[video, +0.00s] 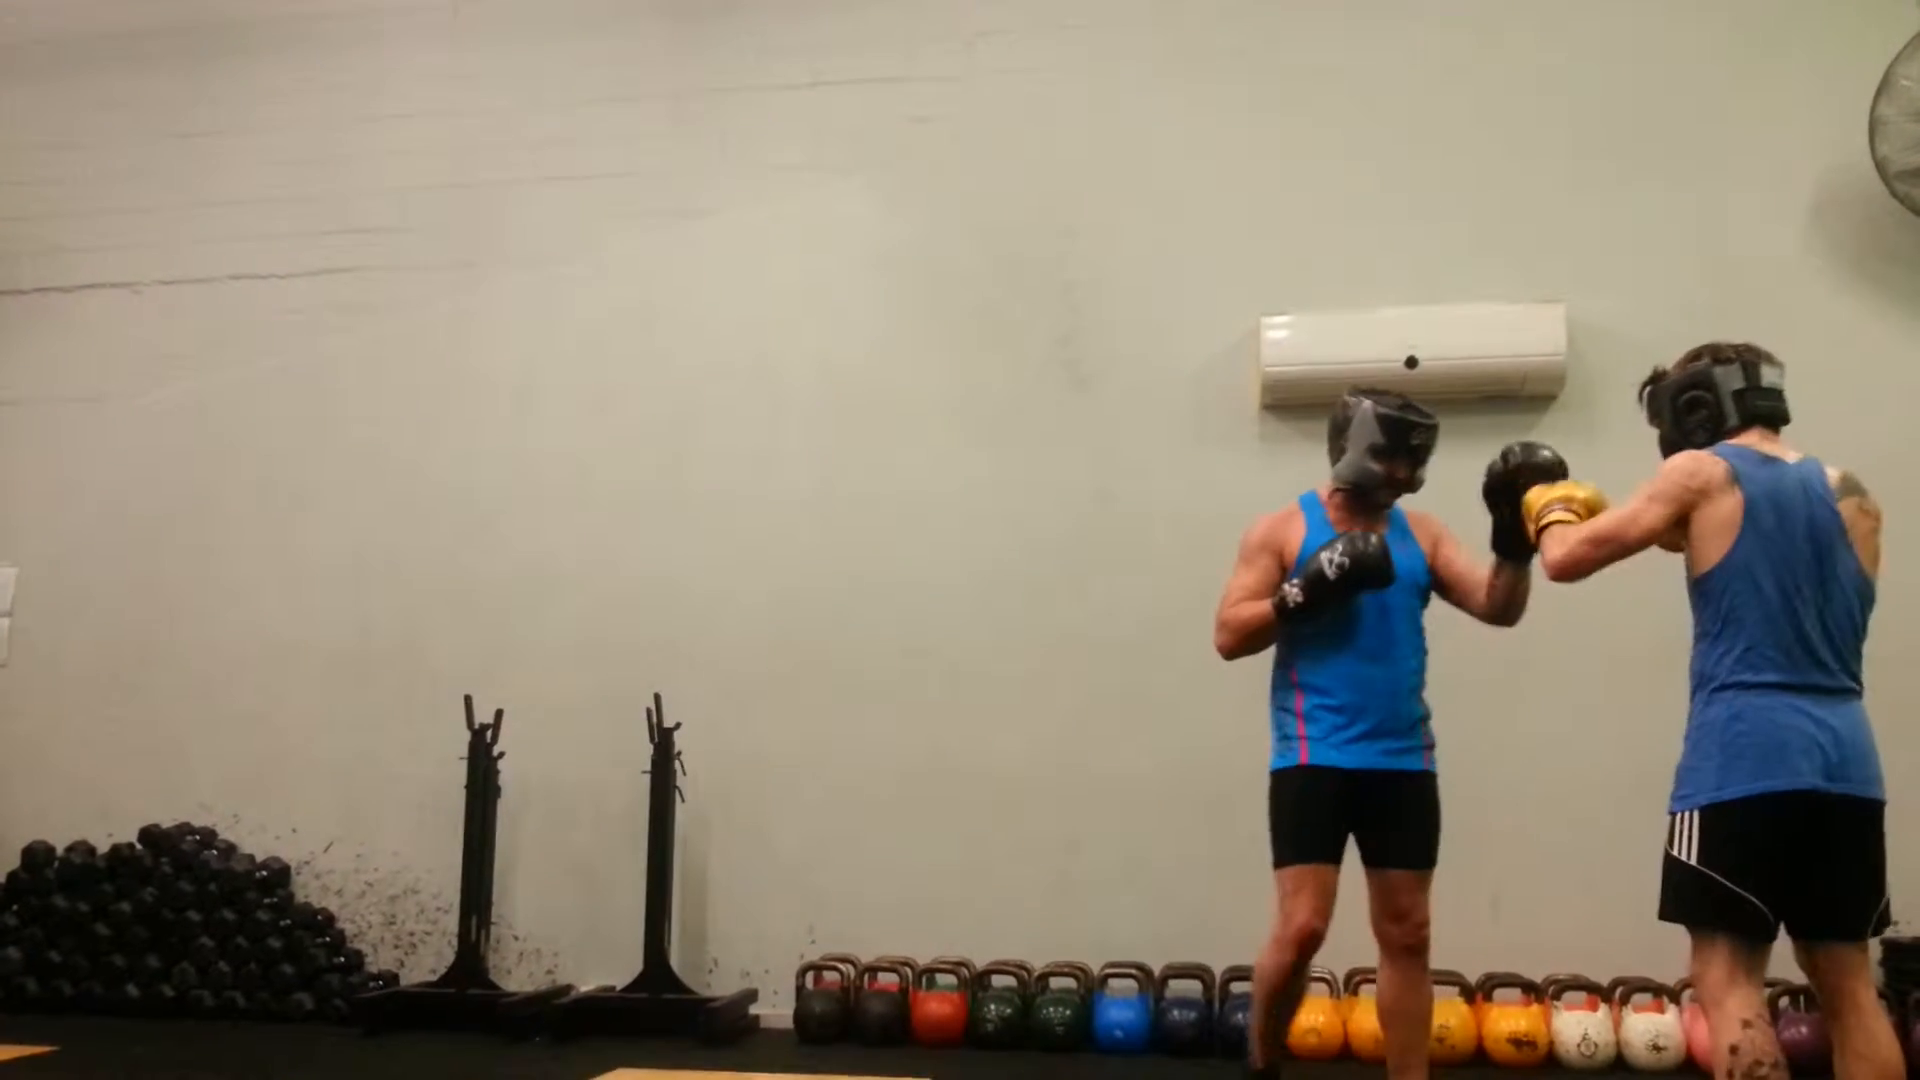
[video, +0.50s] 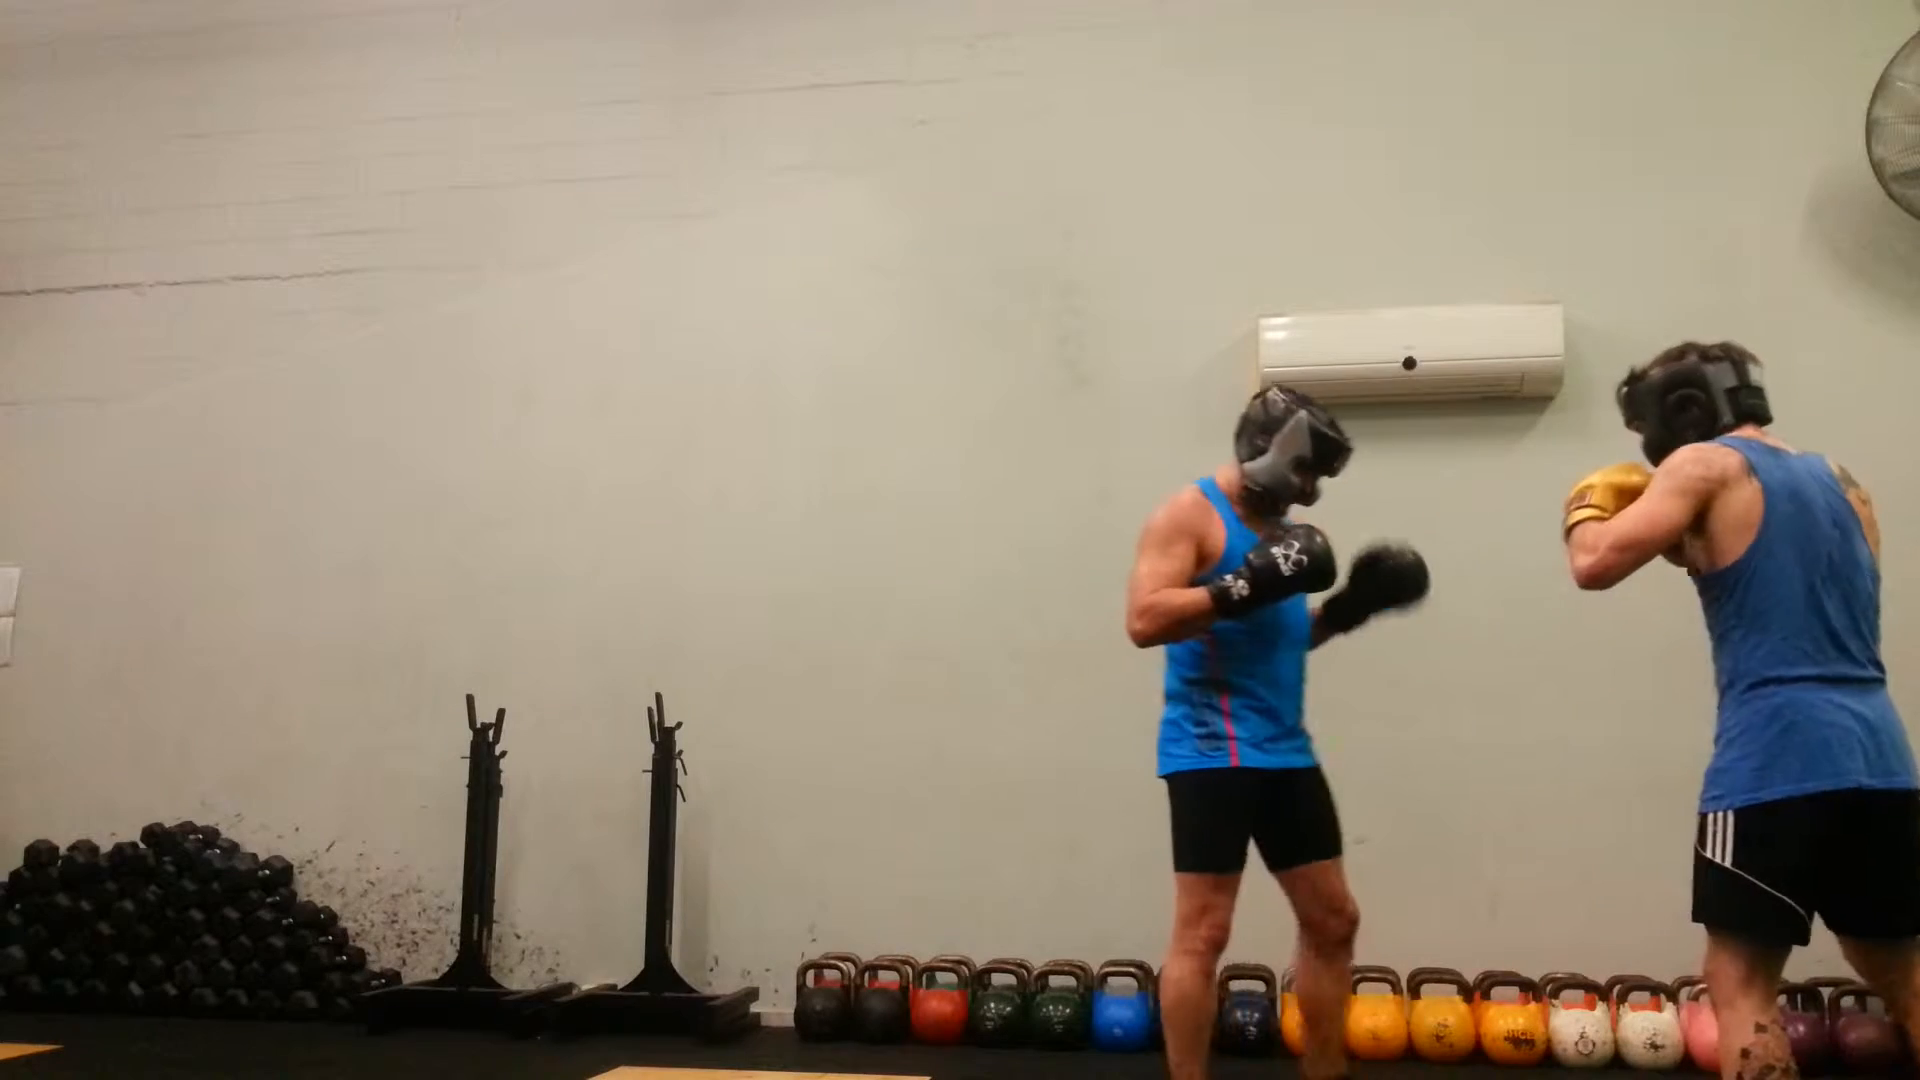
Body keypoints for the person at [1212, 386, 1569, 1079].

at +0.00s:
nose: (1412, 470)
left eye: (1416, 457)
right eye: (1401, 455)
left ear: (1413, 465)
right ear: (1358, 452)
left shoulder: (1420, 531)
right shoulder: (1283, 528)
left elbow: (1501, 604)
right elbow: (1231, 635)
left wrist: (1515, 522)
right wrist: (1310, 587)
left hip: (1402, 760)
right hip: (1312, 760)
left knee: (1408, 931)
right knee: (1303, 928)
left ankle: (1410, 1077)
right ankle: (1263, 1067)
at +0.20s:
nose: (1380, 477)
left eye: (1385, 463)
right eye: (1369, 461)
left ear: (1374, 466)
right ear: (1324, 454)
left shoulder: (1379, 534)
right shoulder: (1249, 526)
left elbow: (1431, 635)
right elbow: (1204, 634)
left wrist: (1468, 571)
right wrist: (1292, 583)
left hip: (1367, 763)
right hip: (1277, 765)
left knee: (1385, 935)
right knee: (1255, 936)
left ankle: (1400, 1075)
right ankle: (1207, 1075)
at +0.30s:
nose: (1362, 480)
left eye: (1365, 466)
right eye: (1354, 464)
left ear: (1327, 464)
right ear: (1312, 457)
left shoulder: (1343, 537)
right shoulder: (1226, 523)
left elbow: (1358, 647)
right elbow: (1185, 633)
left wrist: (1414, 610)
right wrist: (1278, 586)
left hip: (1335, 760)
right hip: (1251, 762)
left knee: (1369, 940)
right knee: (1233, 937)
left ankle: (1395, 1076)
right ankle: (1199, 1076)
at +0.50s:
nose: (1312, 491)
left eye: (1318, 477)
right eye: (1305, 475)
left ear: (1280, 461)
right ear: (1268, 456)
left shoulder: (1278, 526)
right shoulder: (1187, 515)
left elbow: (1282, 636)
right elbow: (1144, 621)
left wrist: (1354, 602)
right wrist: (1252, 581)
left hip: (1284, 753)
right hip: (1209, 757)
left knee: (1332, 922)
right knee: (1201, 935)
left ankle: (1325, 1072)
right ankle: (1188, 1076)